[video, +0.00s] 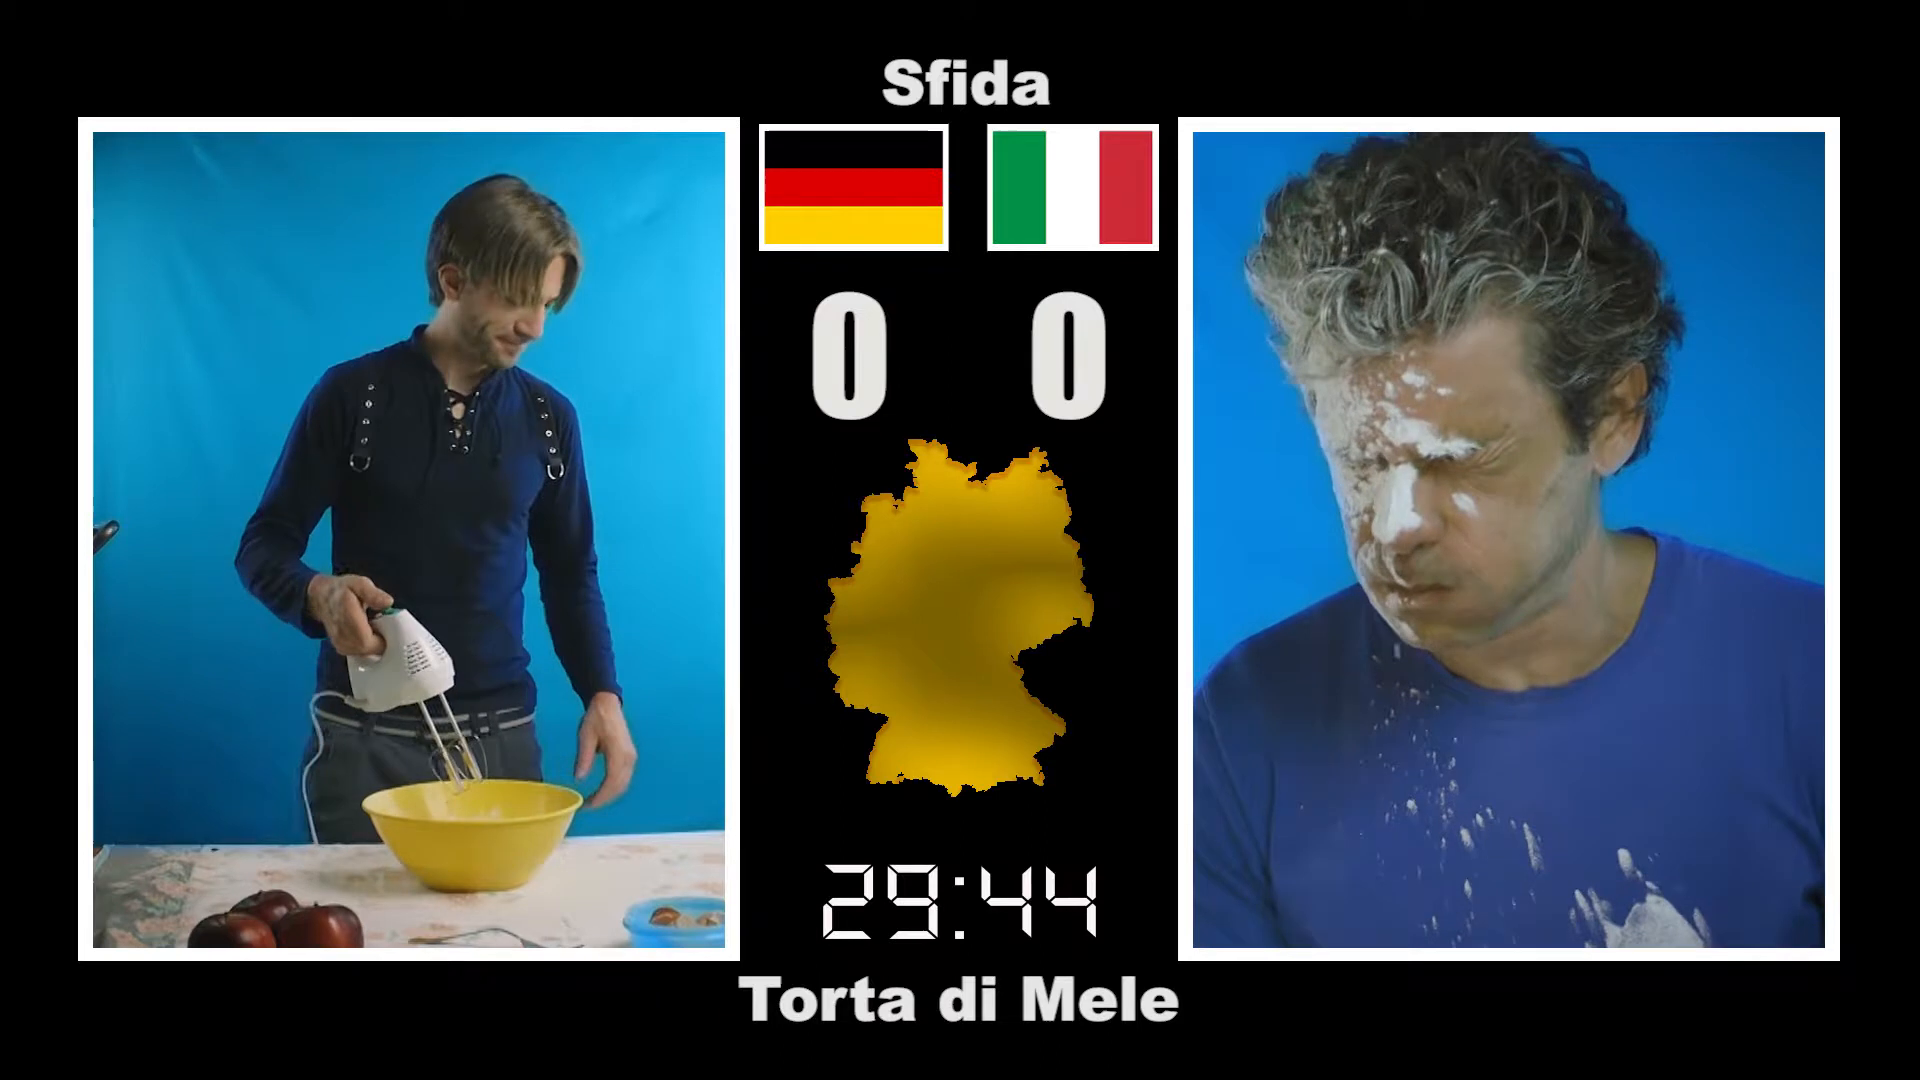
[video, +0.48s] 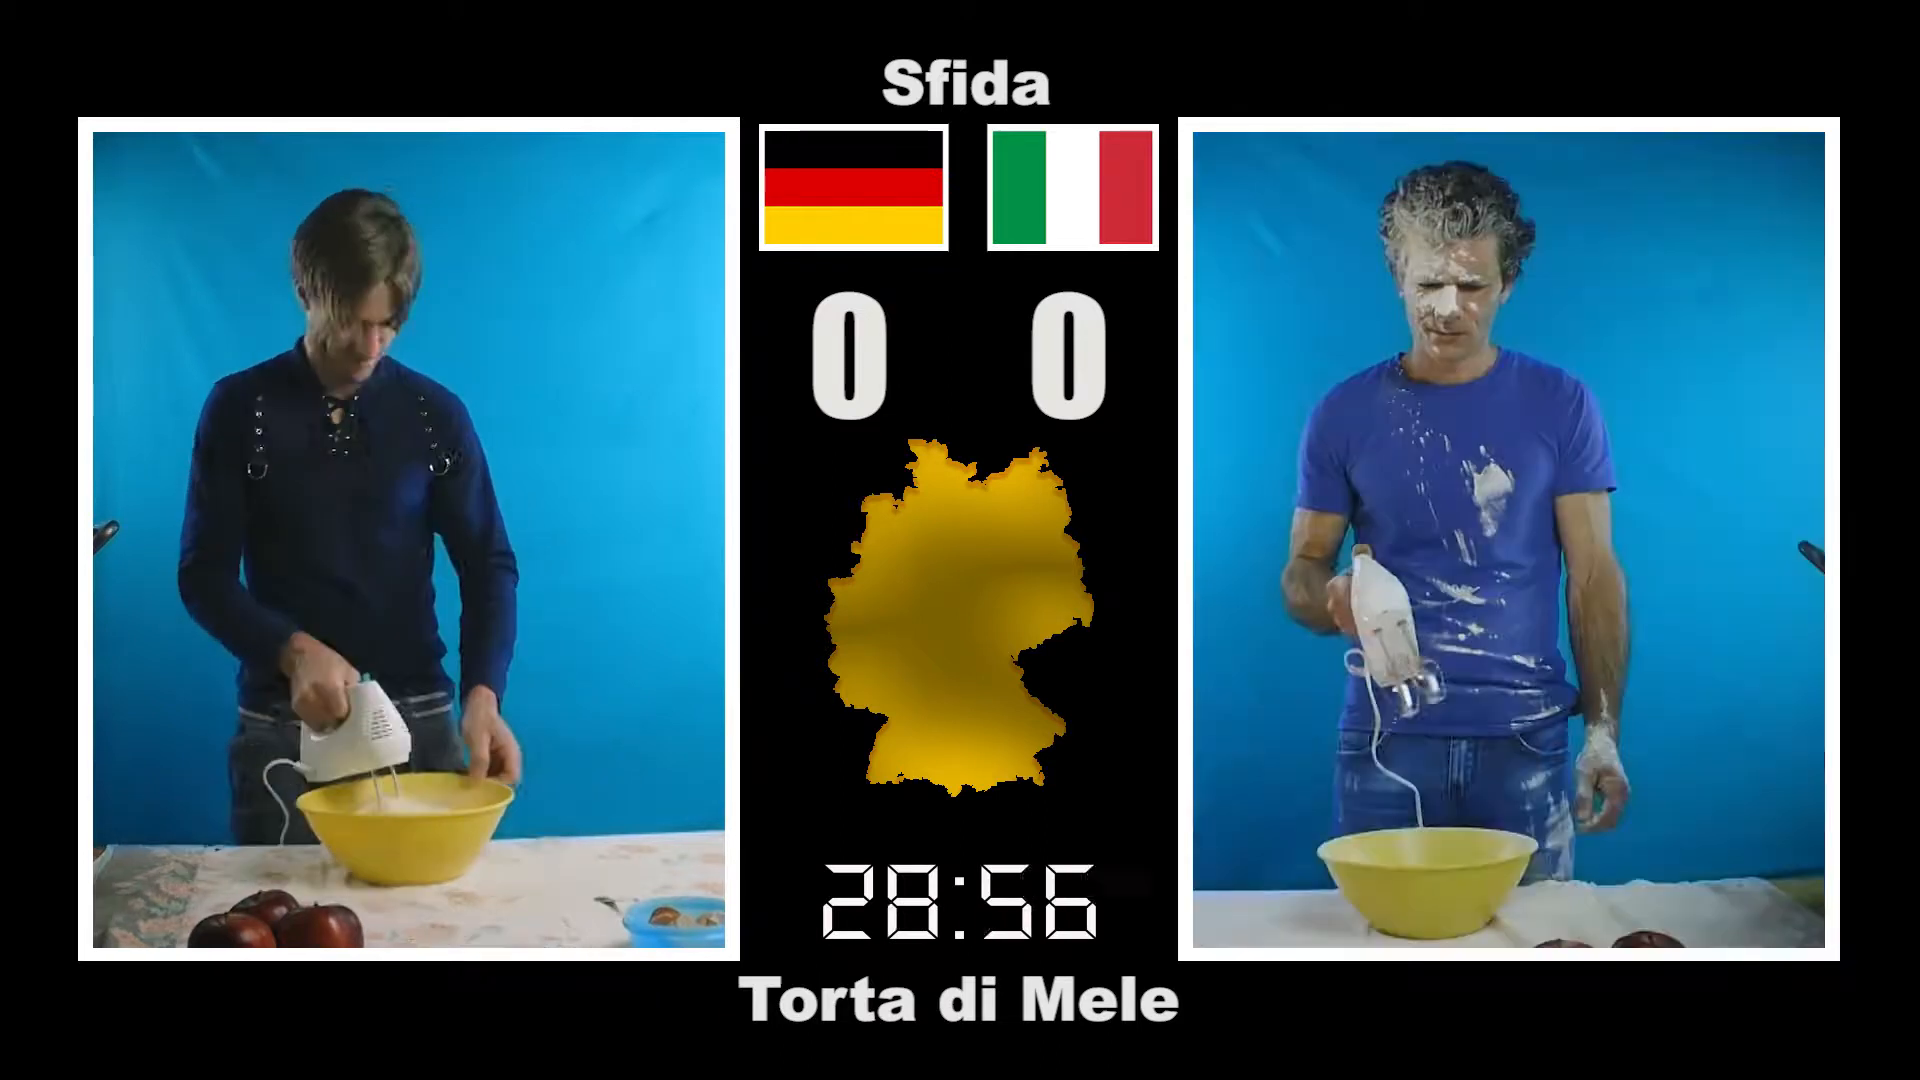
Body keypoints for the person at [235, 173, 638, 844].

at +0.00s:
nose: (532, 325)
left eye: (546, 304)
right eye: (514, 299)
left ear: (557, 298)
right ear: (450, 277)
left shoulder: (545, 419)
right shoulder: (350, 398)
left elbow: (570, 572)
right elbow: (263, 546)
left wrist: (602, 694)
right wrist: (315, 595)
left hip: (500, 738)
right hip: (368, 740)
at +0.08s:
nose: (521, 323)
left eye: (531, 302)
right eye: (503, 299)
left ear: (539, 297)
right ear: (433, 285)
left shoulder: (527, 414)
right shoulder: (332, 399)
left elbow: (554, 567)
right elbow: (248, 553)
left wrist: (596, 686)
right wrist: (307, 600)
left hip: (488, 739)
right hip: (358, 743)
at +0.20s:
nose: (487, 323)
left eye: (496, 300)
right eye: (469, 299)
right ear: (398, 286)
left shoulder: (495, 409)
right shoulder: (303, 404)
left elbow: (529, 564)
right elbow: (222, 567)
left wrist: (577, 682)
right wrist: (294, 608)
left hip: (468, 738)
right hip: (338, 743)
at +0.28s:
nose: (458, 323)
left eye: (469, 300)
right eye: (440, 298)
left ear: (478, 294)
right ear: (370, 283)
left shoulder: (475, 406)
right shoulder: (283, 408)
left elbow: (509, 562)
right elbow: (205, 577)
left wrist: (559, 689)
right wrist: (284, 615)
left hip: (457, 741)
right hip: (327, 750)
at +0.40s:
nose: (429, 325)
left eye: (439, 301)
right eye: (411, 301)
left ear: (448, 292)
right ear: (340, 284)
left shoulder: (444, 402)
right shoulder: (257, 413)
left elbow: (476, 560)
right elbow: (185, 589)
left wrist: (520, 700)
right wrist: (273, 621)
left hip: (443, 743)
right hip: (313, 754)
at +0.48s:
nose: (370, 346)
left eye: (387, 324)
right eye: (352, 323)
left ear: (405, 308)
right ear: (309, 295)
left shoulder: (435, 416)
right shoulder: (241, 410)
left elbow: (488, 562)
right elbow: (204, 577)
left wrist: (483, 696)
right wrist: (293, 650)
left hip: (419, 730)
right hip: (285, 733)